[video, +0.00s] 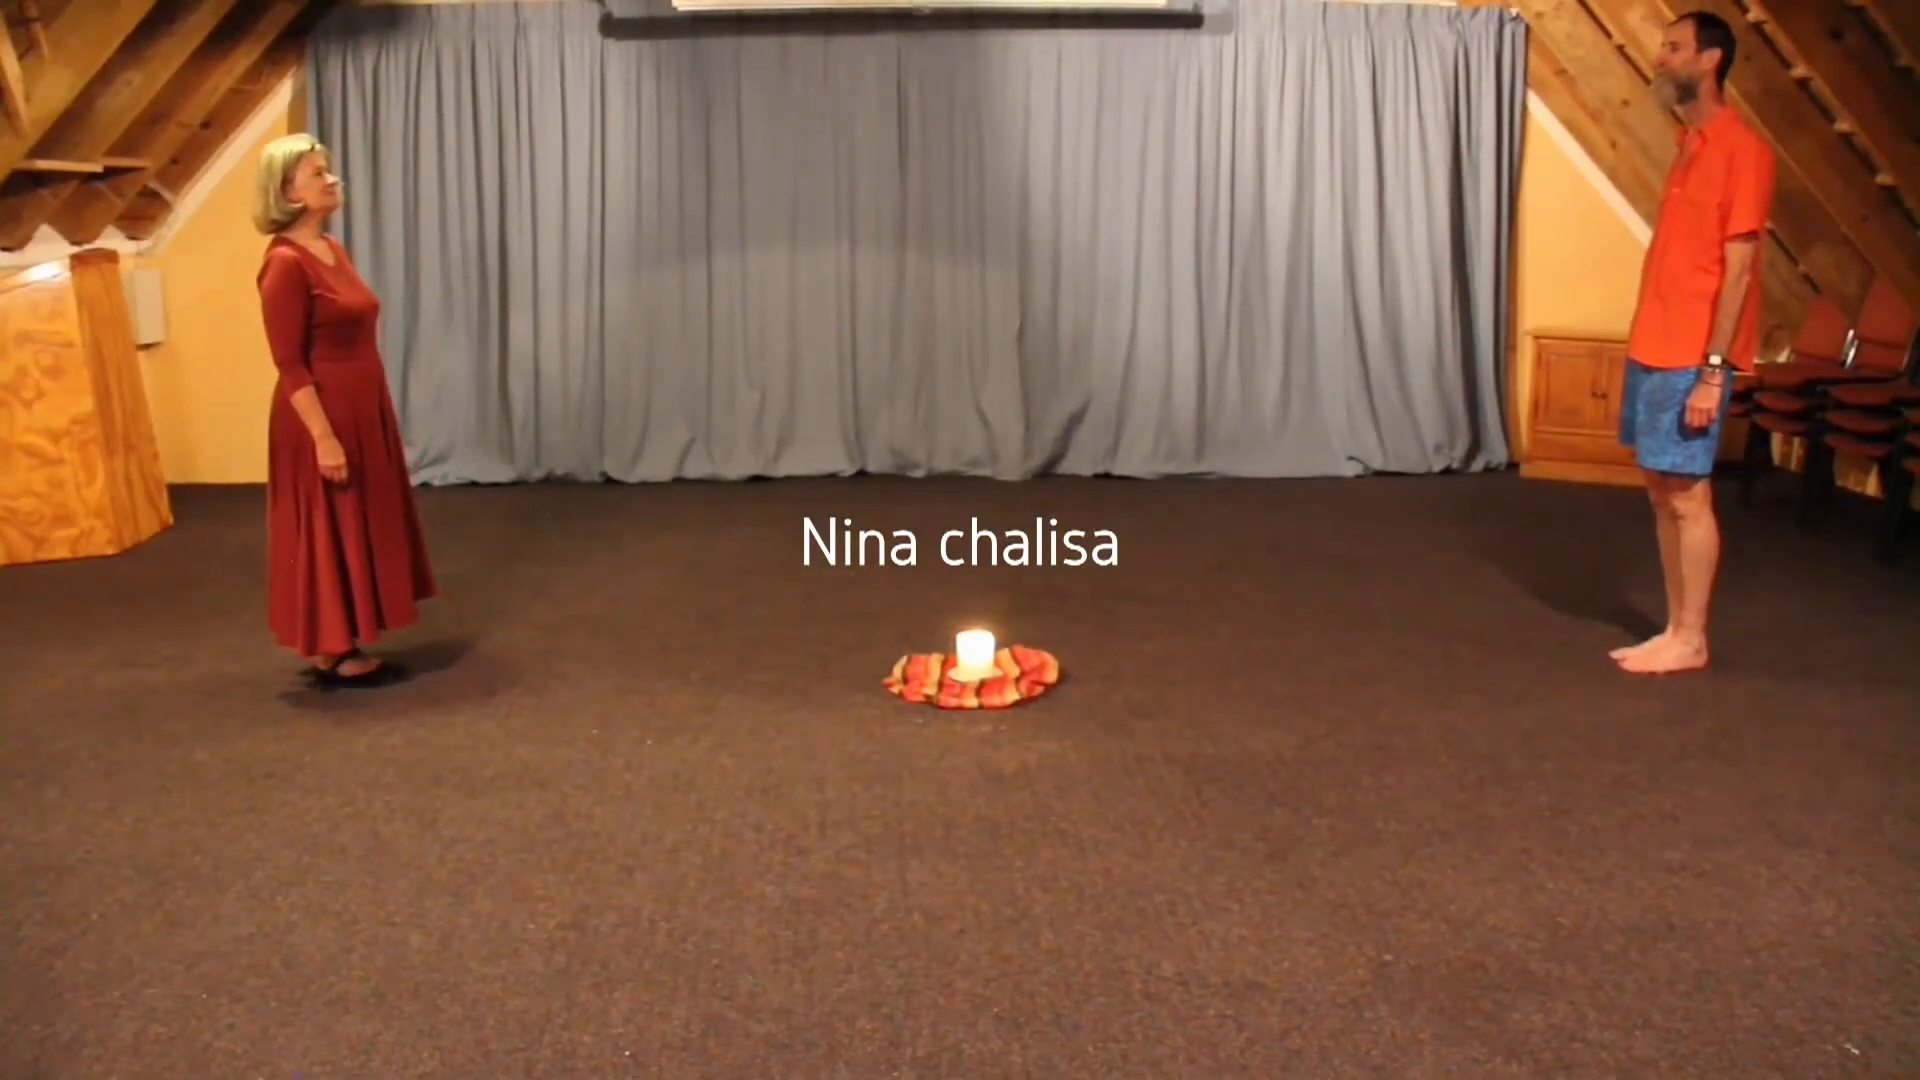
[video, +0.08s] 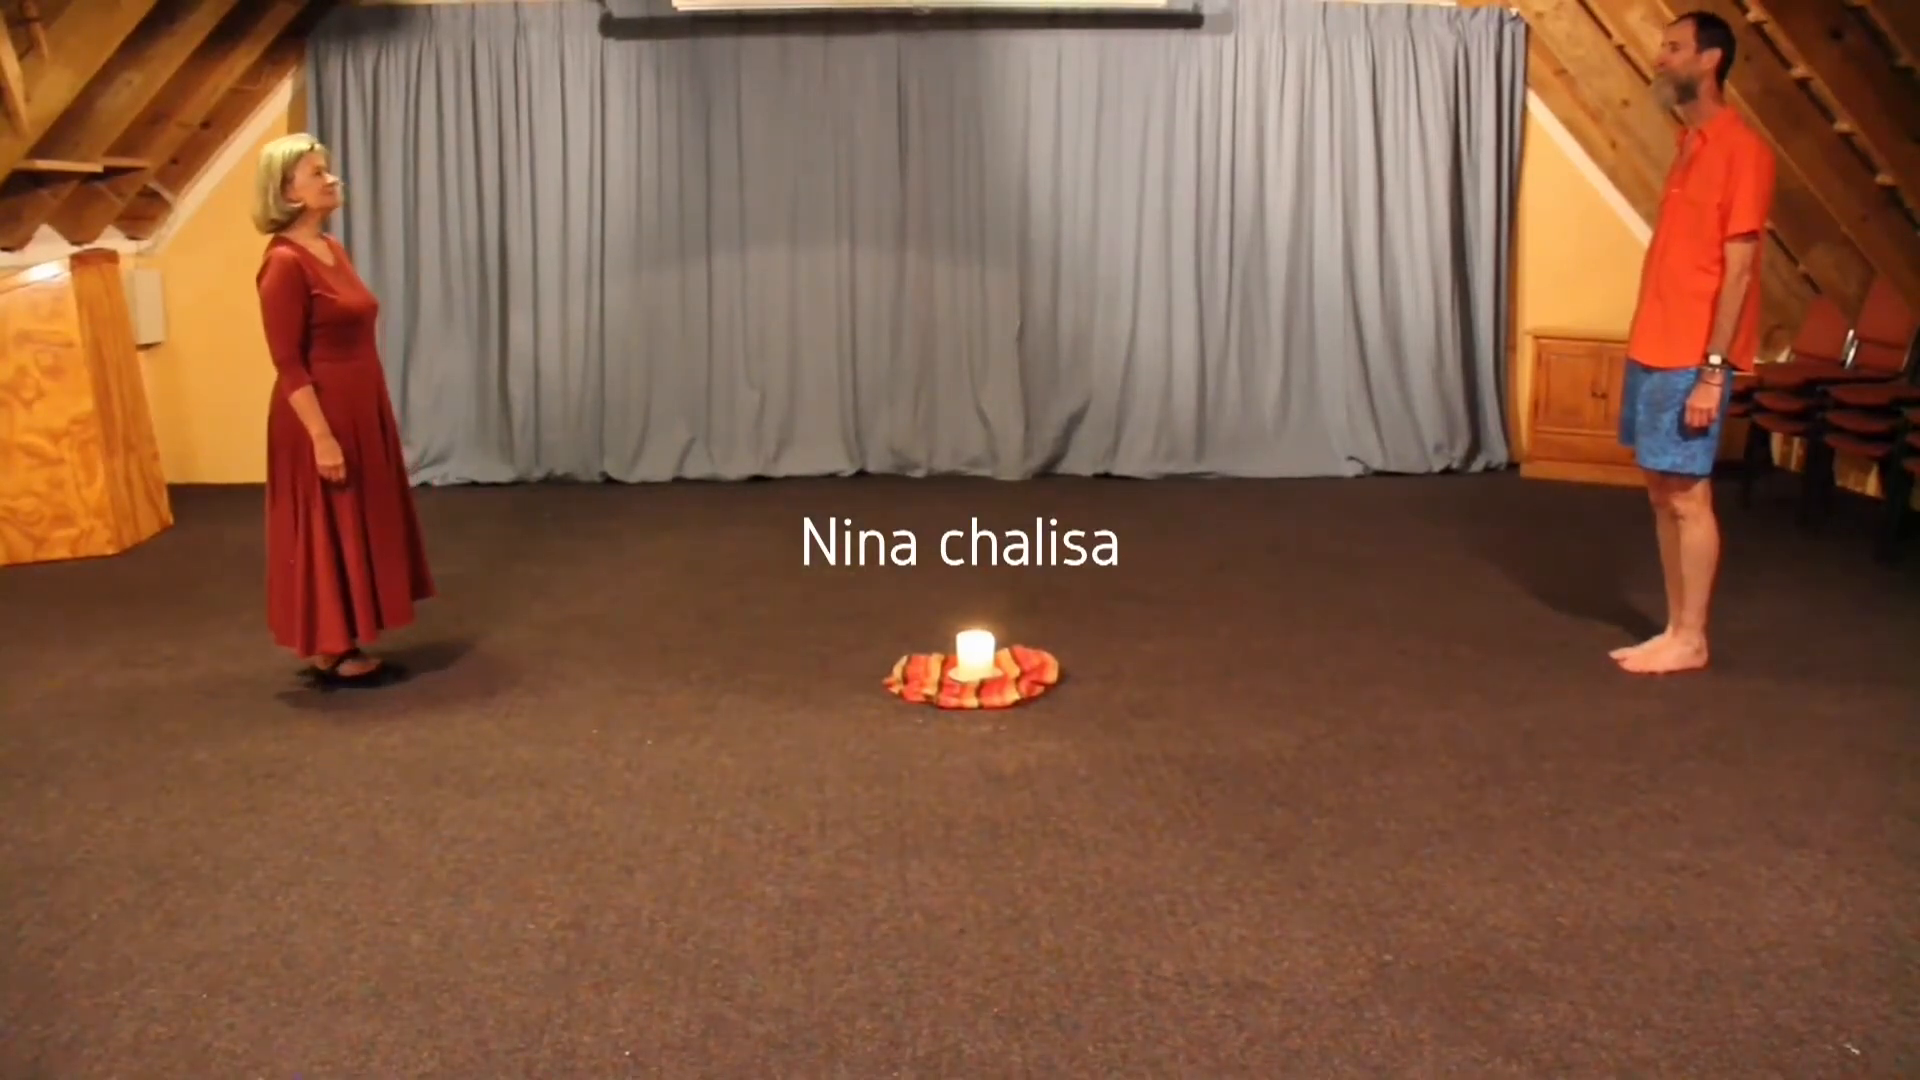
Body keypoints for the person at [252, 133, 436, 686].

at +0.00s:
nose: (334, 180)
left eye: (330, 171)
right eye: (320, 173)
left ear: (312, 190)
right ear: (290, 193)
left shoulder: (332, 249)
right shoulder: (283, 263)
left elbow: (352, 343)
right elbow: (289, 362)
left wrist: (375, 414)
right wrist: (323, 436)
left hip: (358, 405)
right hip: (320, 411)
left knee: (350, 522)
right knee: (325, 526)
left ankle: (342, 643)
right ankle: (330, 648)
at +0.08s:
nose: (334, 180)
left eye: (329, 171)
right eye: (319, 173)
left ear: (310, 191)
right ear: (290, 192)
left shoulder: (331, 249)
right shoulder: (282, 262)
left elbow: (352, 345)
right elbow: (287, 362)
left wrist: (375, 416)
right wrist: (321, 436)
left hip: (356, 406)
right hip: (319, 412)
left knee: (348, 523)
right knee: (324, 526)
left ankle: (338, 644)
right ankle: (329, 649)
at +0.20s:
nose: (332, 180)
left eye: (328, 171)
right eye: (319, 173)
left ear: (315, 187)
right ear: (289, 190)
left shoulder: (330, 247)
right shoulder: (282, 262)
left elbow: (349, 342)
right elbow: (286, 363)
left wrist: (372, 410)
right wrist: (319, 435)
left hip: (355, 405)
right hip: (317, 411)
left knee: (347, 522)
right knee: (323, 525)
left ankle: (339, 643)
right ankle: (328, 648)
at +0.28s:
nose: (332, 180)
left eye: (328, 171)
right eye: (318, 174)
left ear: (316, 186)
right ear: (288, 190)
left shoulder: (330, 247)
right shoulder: (282, 261)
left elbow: (349, 343)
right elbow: (285, 363)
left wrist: (371, 412)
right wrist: (317, 435)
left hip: (354, 404)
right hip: (316, 410)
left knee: (347, 520)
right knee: (321, 524)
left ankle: (341, 643)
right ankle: (327, 647)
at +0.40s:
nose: (331, 180)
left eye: (328, 171)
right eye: (317, 173)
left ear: (322, 182)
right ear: (287, 190)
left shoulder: (329, 246)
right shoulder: (282, 261)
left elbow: (343, 340)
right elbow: (283, 361)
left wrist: (364, 408)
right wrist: (315, 434)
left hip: (352, 401)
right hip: (315, 408)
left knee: (348, 520)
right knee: (321, 524)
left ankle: (342, 642)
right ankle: (328, 648)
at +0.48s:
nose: (331, 179)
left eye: (328, 170)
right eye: (316, 173)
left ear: (325, 181)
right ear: (287, 189)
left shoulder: (329, 246)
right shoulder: (281, 260)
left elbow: (342, 339)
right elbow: (281, 361)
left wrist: (363, 408)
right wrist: (313, 434)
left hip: (350, 401)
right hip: (313, 408)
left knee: (346, 519)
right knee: (319, 523)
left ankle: (340, 641)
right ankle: (326, 647)